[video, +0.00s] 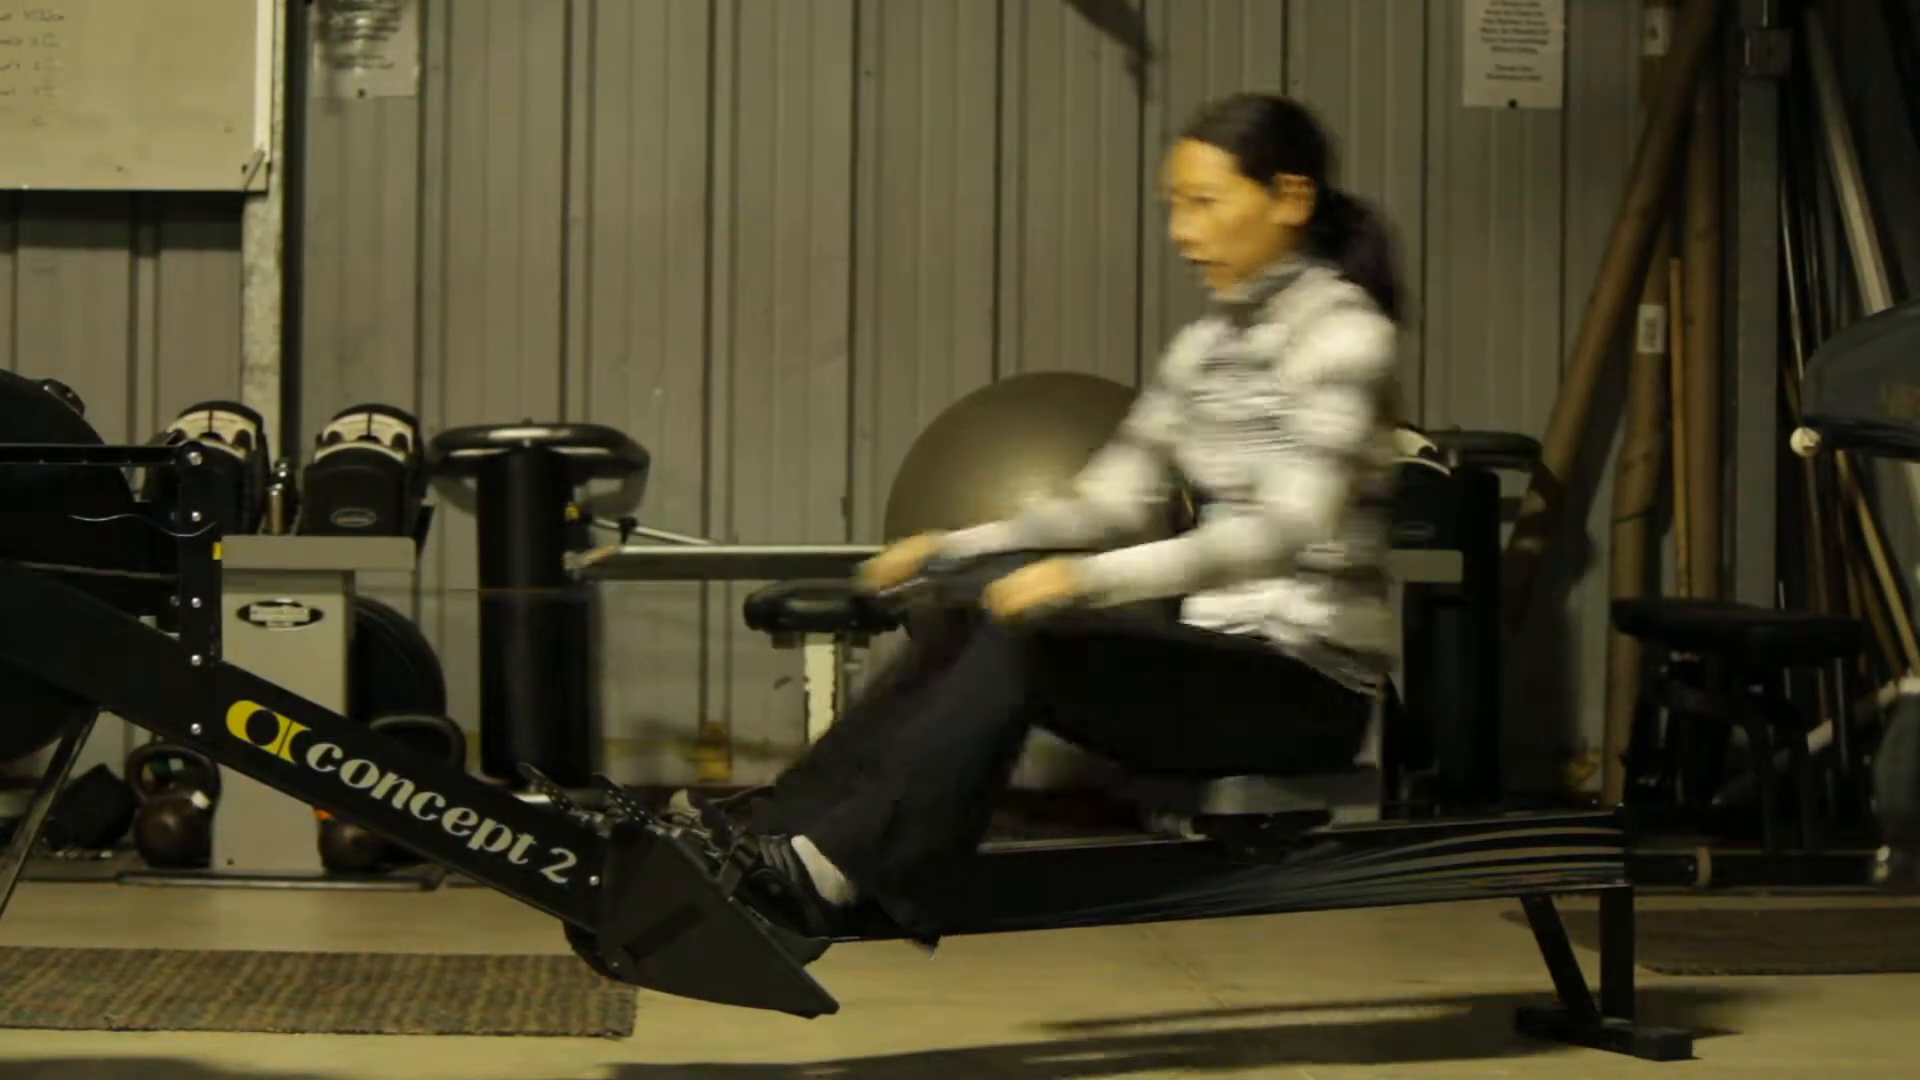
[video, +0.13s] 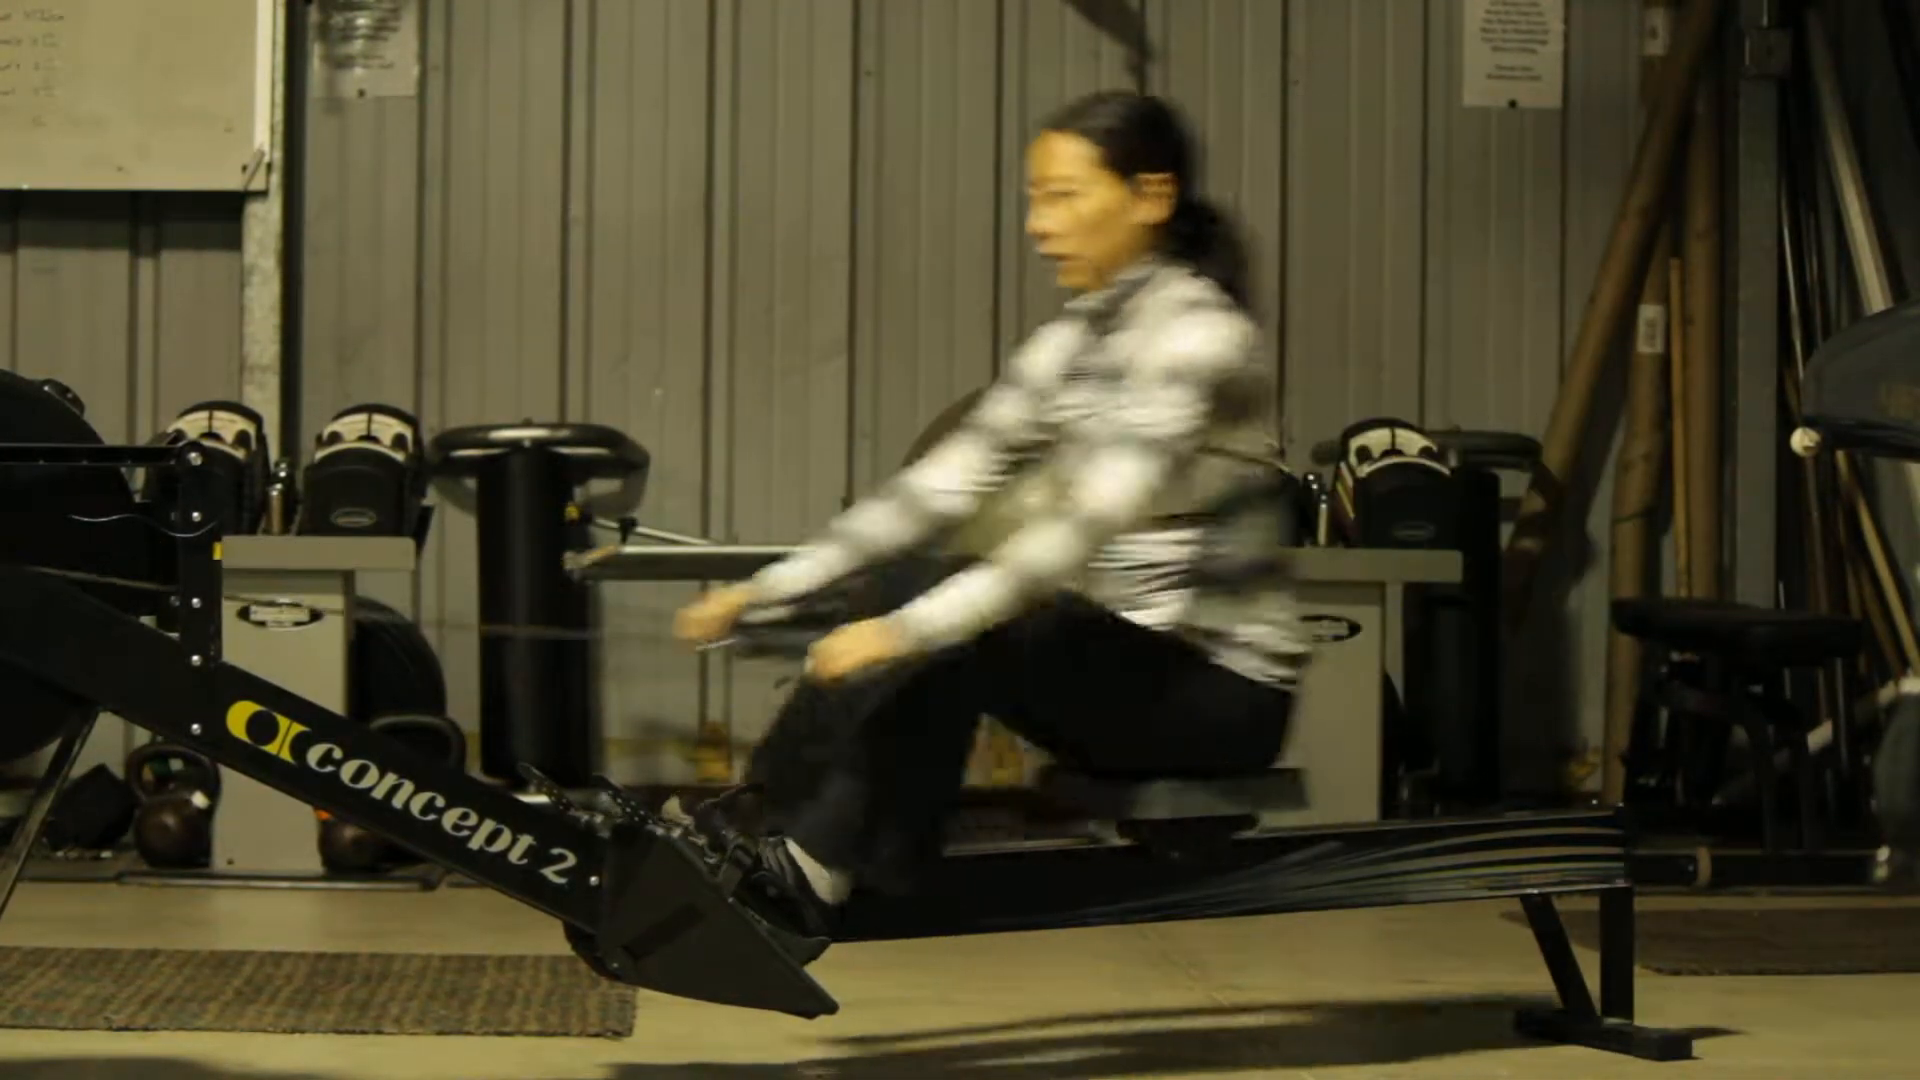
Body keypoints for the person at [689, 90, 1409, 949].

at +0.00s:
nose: (1180, 231)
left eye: (1202, 205)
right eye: (1176, 206)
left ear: (1289, 200)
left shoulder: (1343, 332)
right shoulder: (1203, 342)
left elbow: (1282, 526)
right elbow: (1108, 504)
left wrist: (1086, 580)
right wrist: (944, 547)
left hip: (1306, 682)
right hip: (1208, 655)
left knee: (1020, 649)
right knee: (962, 627)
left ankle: (831, 871)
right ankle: (768, 835)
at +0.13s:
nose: (1038, 226)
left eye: (1062, 197)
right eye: (1035, 200)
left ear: (1153, 197)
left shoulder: (1202, 333)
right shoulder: (1074, 335)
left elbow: (1085, 521)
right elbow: (944, 482)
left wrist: (903, 632)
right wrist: (765, 591)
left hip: (1220, 696)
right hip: (1116, 669)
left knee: (958, 638)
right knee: (895, 596)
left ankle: (818, 871)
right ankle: (760, 819)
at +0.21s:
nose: (941, 226)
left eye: (966, 198)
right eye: (941, 201)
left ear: (1059, 202)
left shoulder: (1104, 341)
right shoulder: (981, 343)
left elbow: (980, 524)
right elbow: (842, 479)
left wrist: (798, 641)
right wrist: (655, 595)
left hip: (1165, 693)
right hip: (1063, 672)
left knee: (918, 598)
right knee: (829, 571)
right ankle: (740, 835)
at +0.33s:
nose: (803, 235)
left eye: (830, 207)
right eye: (805, 209)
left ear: (921, 219)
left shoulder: (964, 353)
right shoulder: (855, 354)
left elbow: (822, 524)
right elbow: (699, 478)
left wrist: (630, 633)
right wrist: (503, 585)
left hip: (1079, 692)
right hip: (996, 679)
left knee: (853, 580)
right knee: (787, 577)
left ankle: (803, 874)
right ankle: (715, 836)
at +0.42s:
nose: (727, 248)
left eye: (754, 222)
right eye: (730, 224)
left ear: (844, 231)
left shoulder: (888, 362)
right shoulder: (782, 366)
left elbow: (735, 513)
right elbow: (620, 472)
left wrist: (533, 612)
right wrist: (414, 564)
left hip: (1028, 690)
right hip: (942, 675)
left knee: (800, 553)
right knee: (733, 559)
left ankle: (791, 863)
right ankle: (714, 834)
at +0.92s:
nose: (825, 189)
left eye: (859, 165)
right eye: (829, 166)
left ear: (947, 192)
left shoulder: (982, 325)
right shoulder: (861, 331)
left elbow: (835, 484)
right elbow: (725, 464)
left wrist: (651, 571)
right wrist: (540, 554)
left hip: (1020, 702)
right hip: (933, 690)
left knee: (823, 558)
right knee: (736, 564)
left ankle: (790, 850)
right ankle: (678, 833)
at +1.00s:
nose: (930, 188)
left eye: (962, 165)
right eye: (934, 165)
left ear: (1052, 187)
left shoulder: (1079, 318)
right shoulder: (965, 320)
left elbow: (926, 459)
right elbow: (816, 437)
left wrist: (735, 528)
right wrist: (621, 504)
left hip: (1080, 702)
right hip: (999, 685)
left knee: (867, 562)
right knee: (775, 550)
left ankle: (782, 858)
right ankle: (693, 823)